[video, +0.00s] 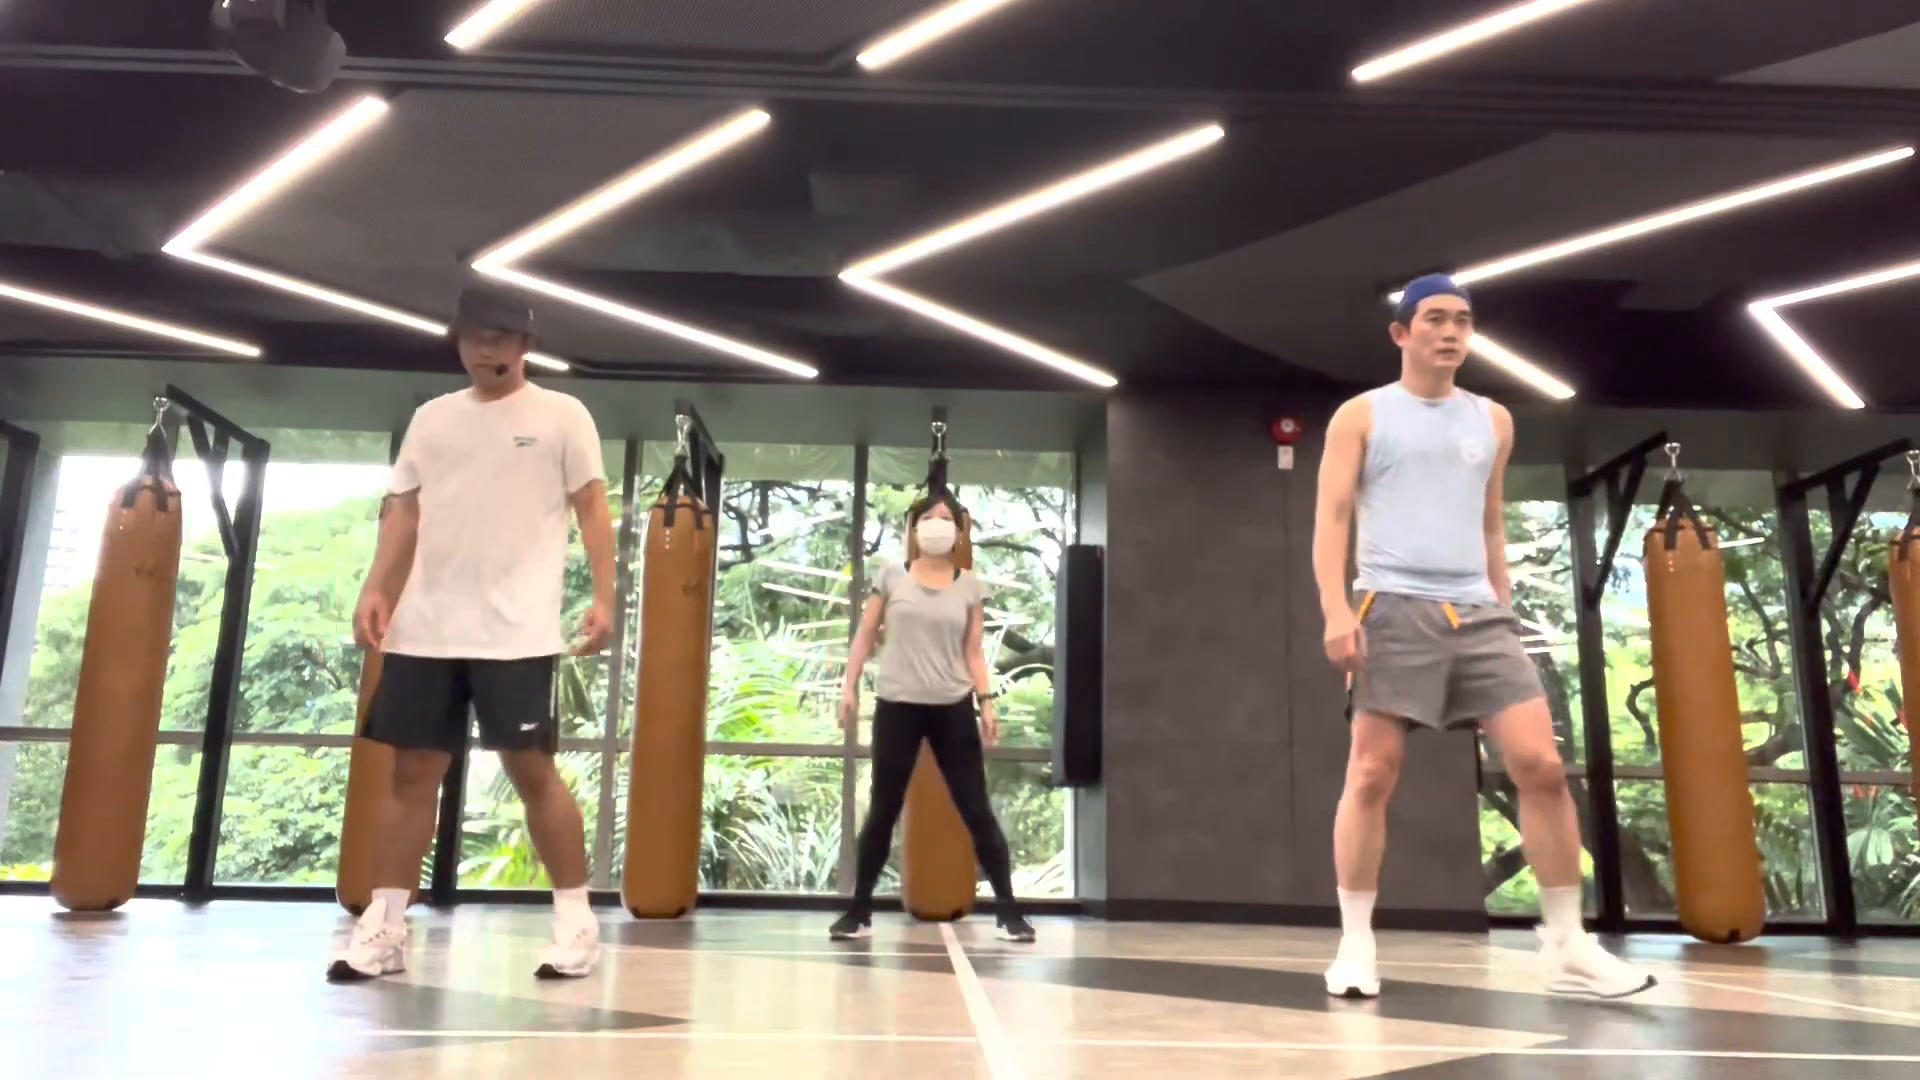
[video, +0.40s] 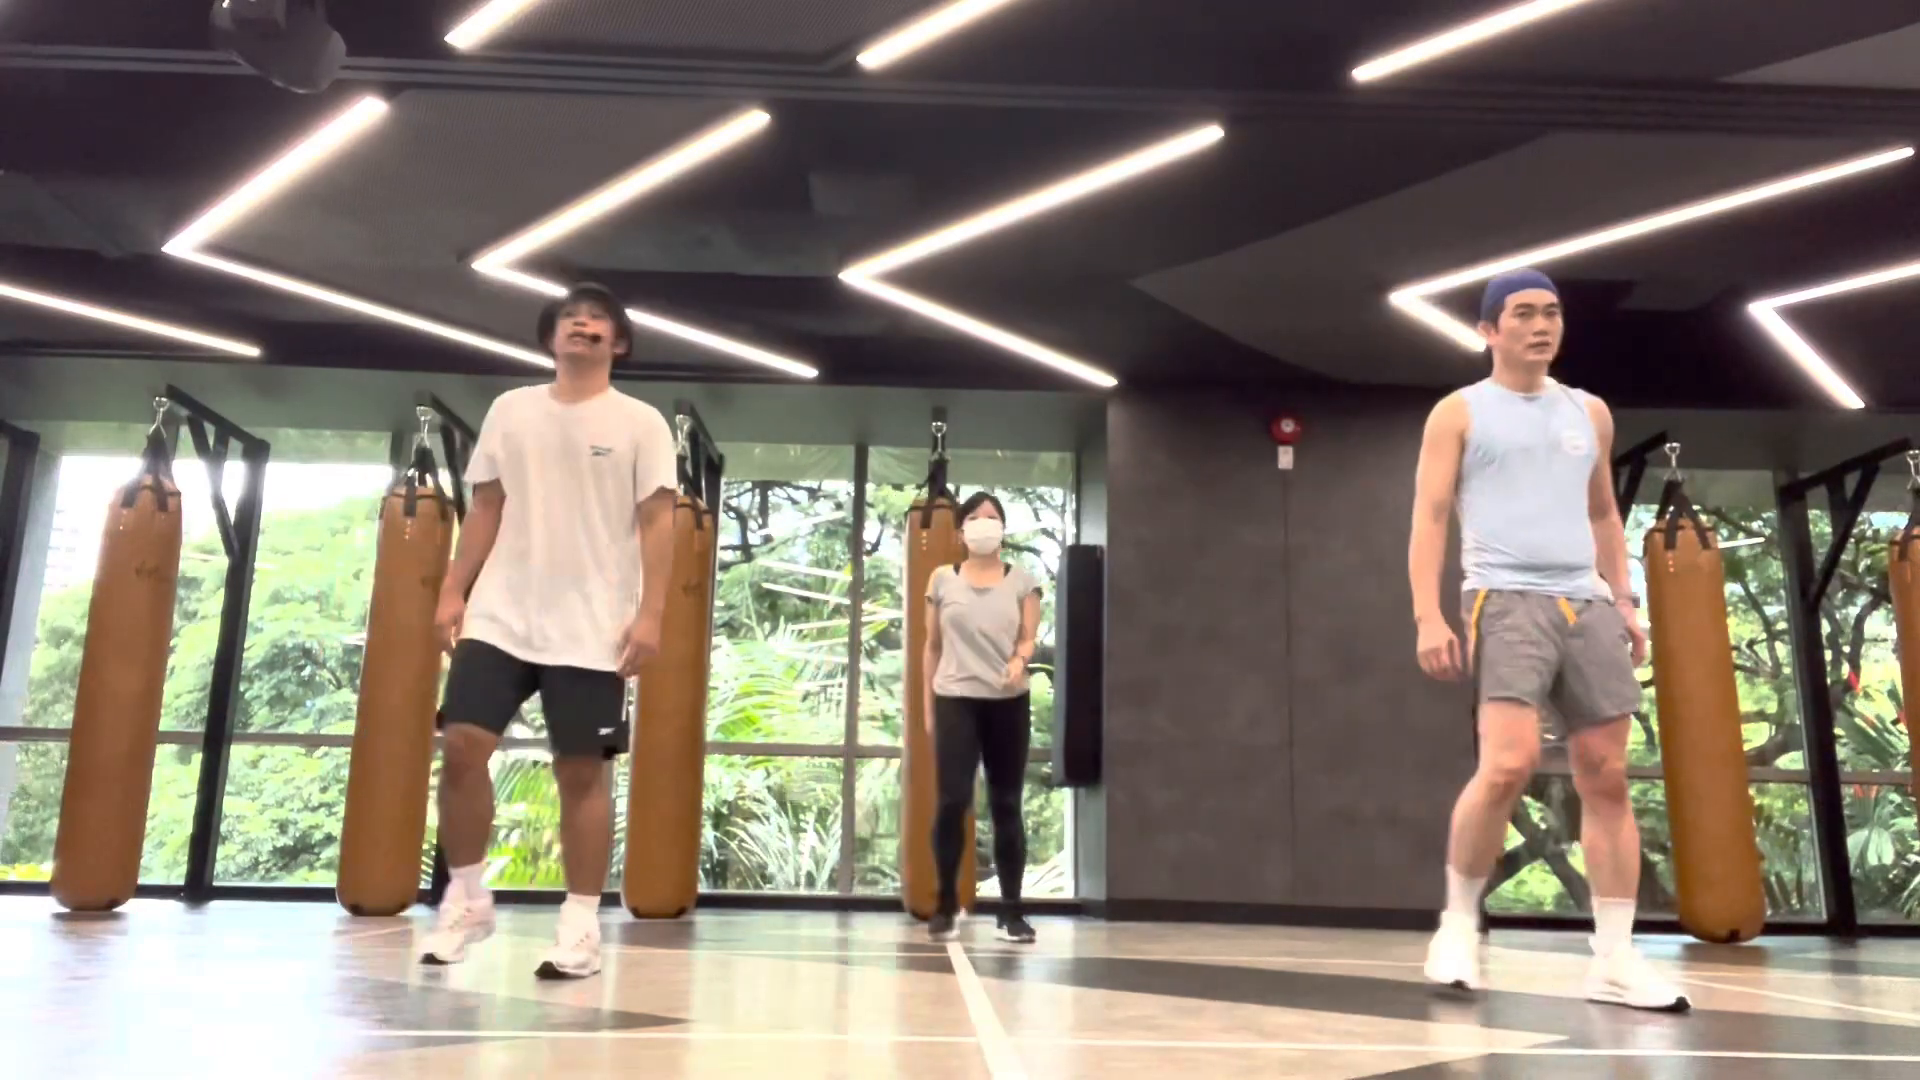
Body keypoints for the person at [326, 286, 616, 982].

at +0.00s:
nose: (491, 350)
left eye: (504, 336)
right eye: (478, 337)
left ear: (527, 342)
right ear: (458, 342)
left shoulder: (563, 416)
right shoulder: (429, 421)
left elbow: (592, 510)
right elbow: (401, 514)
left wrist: (603, 596)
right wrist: (377, 588)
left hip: (516, 631)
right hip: (424, 629)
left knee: (533, 772)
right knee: (411, 772)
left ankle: (576, 925)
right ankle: (385, 931)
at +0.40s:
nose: (584, 325)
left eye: (598, 320)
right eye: (572, 316)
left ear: (618, 343)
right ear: (549, 337)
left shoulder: (643, 423)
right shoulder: (509, 410)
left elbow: (657, 521)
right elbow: (485, 507)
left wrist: (651, 611)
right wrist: (454, 588)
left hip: (590, 624)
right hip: (501, 615)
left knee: (581, 772)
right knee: (462, 746)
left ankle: (579, 927)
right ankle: (468, 904)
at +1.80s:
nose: (491, 326)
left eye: (506, 319)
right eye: (478, 319)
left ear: (530, 345)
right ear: (458, 343)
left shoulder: (559, 408)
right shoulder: (429, 423)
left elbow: (575, 499)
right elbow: (405, 519)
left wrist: (553, 570)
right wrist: (381, 589)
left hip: (521, 616)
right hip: (434, 623)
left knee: (533, 749)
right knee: (425, 771)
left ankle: (575, 905)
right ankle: (404, 926)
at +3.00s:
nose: (489, 328)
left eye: (505, 323)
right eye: (477, 318)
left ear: (526, 349)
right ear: (455, 339)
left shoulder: (546, 416)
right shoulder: (419, 418)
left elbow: (560, 513)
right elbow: (398, 520)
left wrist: (563, 606)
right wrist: (364, 601)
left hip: (507, 631)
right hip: (413, 630)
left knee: (540, 772)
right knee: (379, 769)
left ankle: (592, 923)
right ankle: (364, 928)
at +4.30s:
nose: (591, 330)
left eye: (605, 322)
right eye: (580, 320)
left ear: (626, 343)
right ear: (559, 338)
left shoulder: (646, 418)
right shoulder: (523, 414)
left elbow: (661, 511)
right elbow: (466, 487)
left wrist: (644, 598)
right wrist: (445, 410)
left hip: (597, 619)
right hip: (511, 615)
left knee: (591, 769)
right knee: (490, 754)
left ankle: (602, 931)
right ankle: (531, 913)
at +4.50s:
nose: (579, 322)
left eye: (593, 314)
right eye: (568, 313)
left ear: (615, 337)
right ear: (548, 335)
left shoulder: (635, 412)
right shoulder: (515, 412)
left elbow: (645, 508)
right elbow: (453, 484)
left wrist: (623, 600)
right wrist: (460, 397)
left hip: (580, 615)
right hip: (496, 606)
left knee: (586, 773)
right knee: (433, 724)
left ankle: (601, 930)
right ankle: (466, 871)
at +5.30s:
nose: (420, 332)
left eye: (435, 321)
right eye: (423, 320)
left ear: (475, 333)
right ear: (441, 333)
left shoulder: (527, 417)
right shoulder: (393, 412)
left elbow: (532, 515)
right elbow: (360, 511)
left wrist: (517, 600)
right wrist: (314, 591)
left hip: (472, 618)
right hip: (381, 617)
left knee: (457, 746)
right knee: (365, 771)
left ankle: (447, 913)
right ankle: (354, 929)